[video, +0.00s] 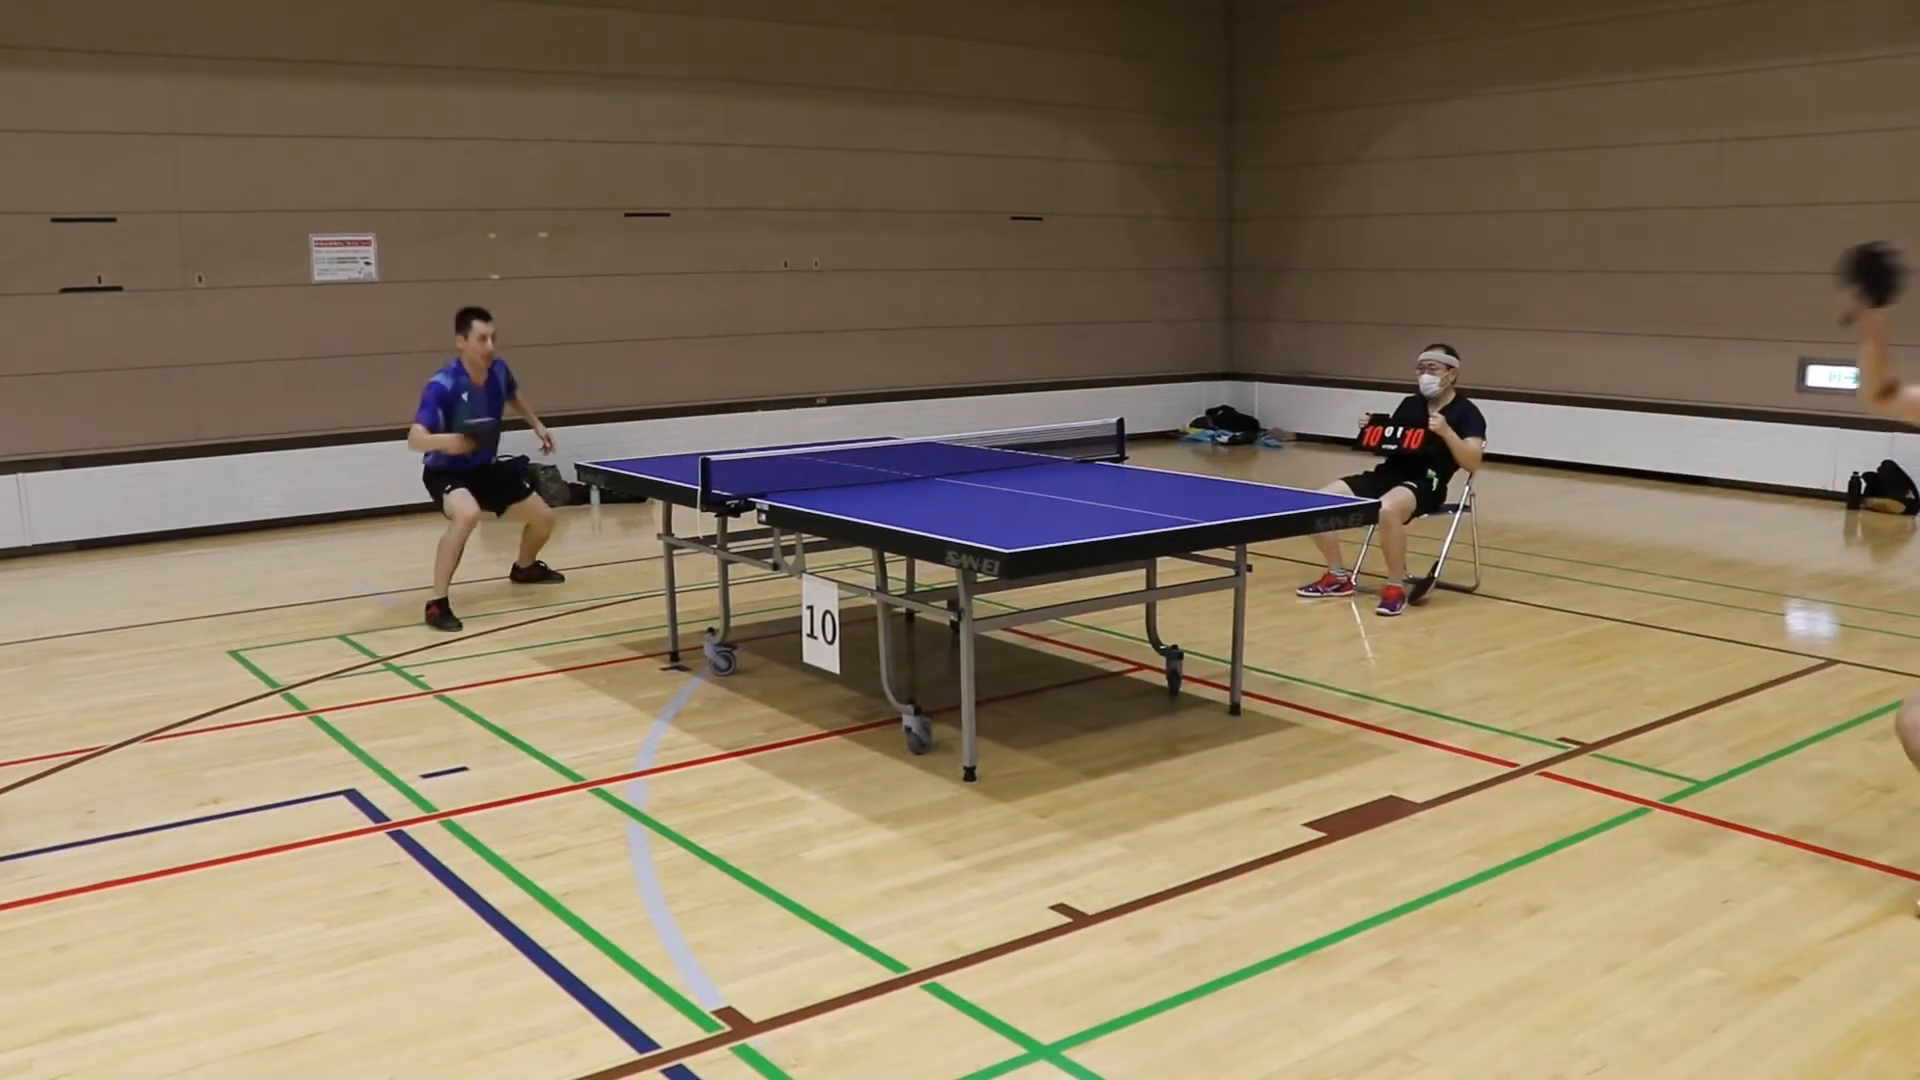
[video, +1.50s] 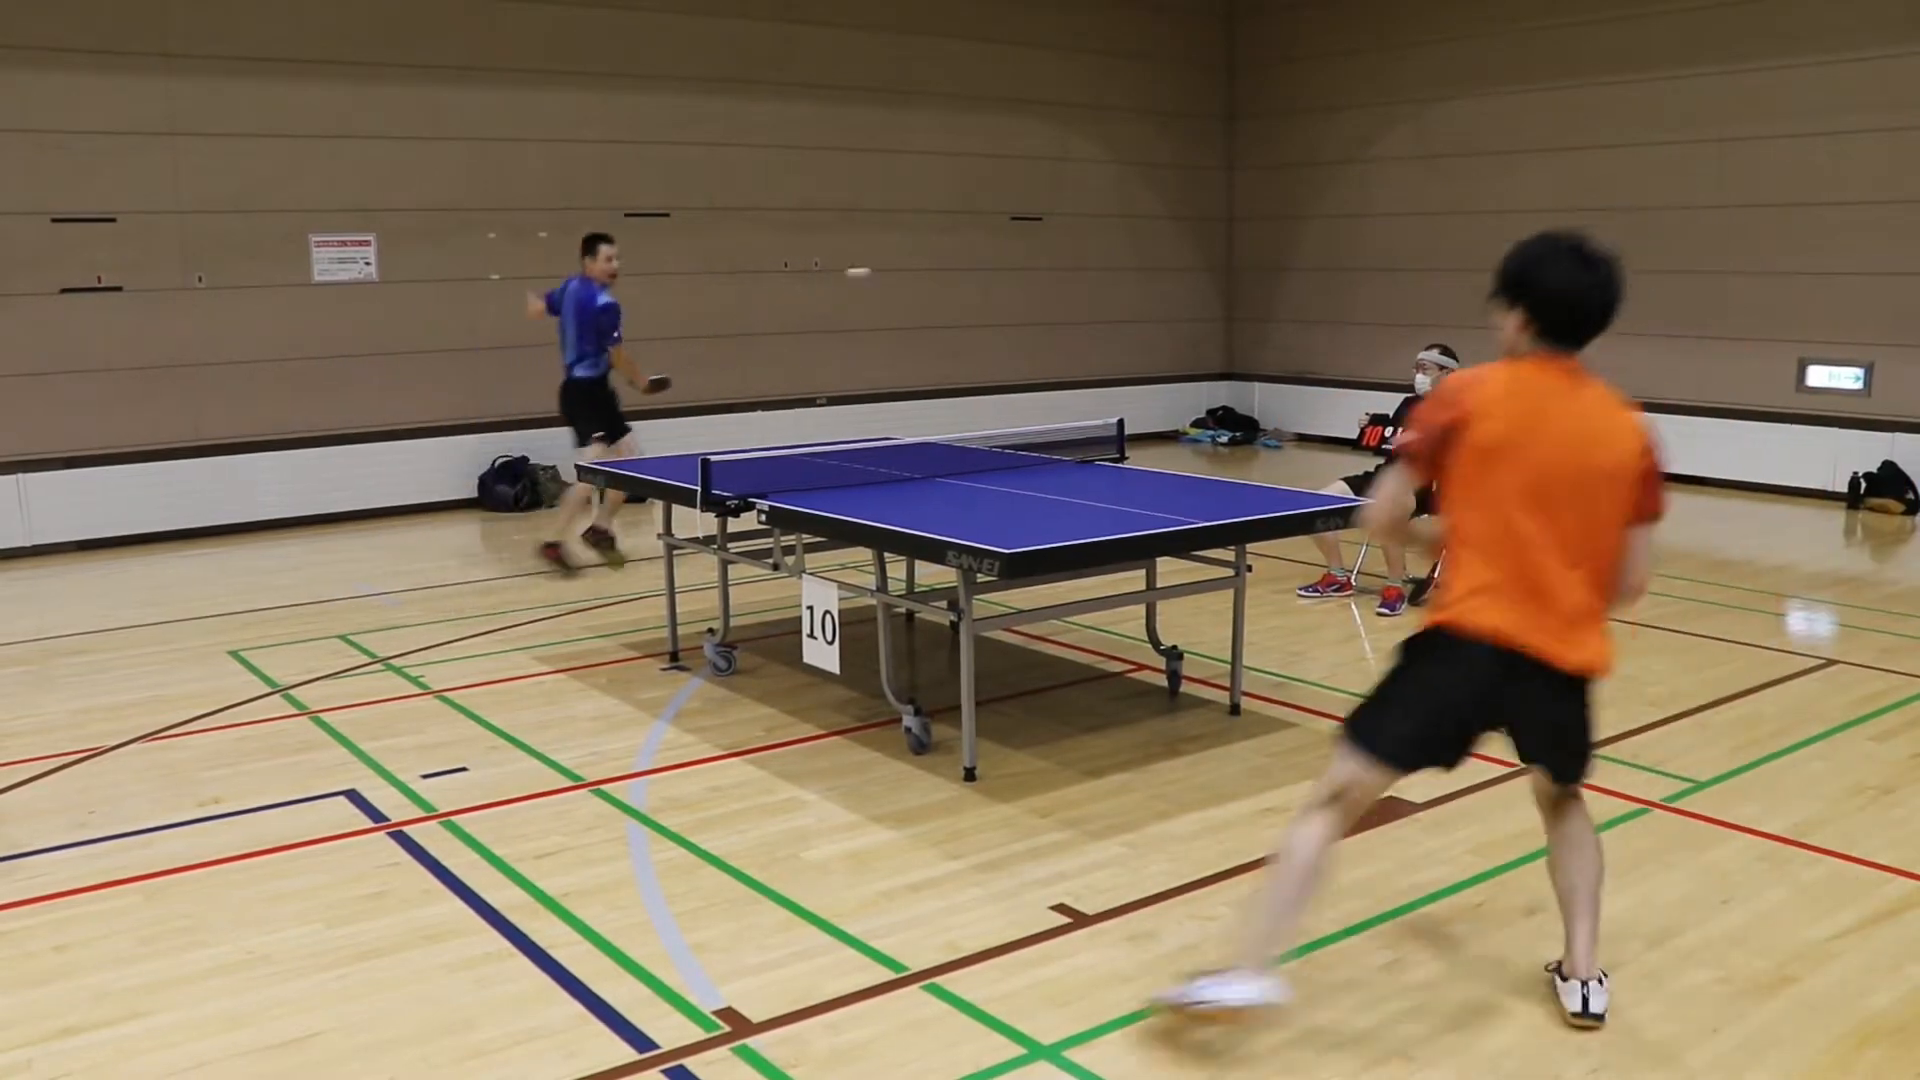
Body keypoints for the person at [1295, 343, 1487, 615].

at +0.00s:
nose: (1425, 374)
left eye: (1433, 369)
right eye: (1421, 369)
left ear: (1452, 375)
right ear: (1416, 373)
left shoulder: (1467, 413)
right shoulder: (1411, 404)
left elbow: (1472, 462)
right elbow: (1394, 438)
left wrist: (1447, 433)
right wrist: (1373, 425)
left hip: (1426, 482)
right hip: (1390, 473)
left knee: (1388, 510)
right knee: (1319, 502)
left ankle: (1395, 587)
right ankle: (1337, 576)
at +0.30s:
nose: (1419, 376)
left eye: (1426, 370)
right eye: (1417, 369)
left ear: (1447, 376)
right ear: (1414, 372)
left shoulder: (1466, 413)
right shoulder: (1411, 404)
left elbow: (1472, 462)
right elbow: (1393, 439)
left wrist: (1447, 433)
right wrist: (1373, 426)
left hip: (1426, 482)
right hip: (1390, 474)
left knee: (1388, 510)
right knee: (1318, 503)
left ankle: (1394, 588)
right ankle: (1337, 576)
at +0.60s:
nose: (1430, 375)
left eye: (1438, 369)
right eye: (1425, 369)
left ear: (1454, 375)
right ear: (1418, 374)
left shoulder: (1467, 413)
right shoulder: (1411, 404)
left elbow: (1472, 462)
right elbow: (1394, 438)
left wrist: (1447, 433)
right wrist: (1373, 426)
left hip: (1426, 482)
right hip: (1390, 474)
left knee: (1388, 510)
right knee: (1319, 503)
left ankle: (1394, 587)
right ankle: (1337, 576)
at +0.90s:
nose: (1435, 376)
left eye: (1443, 370)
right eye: (1428, 370)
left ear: (1456, 375)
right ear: (1421, 375)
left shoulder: (1467, 413)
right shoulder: (1411, 404)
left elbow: (1472, 462)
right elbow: (1393, 439)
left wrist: (1447, 433)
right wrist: (1373, 426)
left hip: (1427, 481)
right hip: (1390, 473)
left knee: (1388, 510)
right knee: (1318, 503)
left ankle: (1395, 587)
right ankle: (1337, 576)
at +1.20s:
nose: (1421, 375)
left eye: (1429, 370)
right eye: (1419, 369)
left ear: (1449, 376)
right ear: (1415, 373)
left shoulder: (1466, 413)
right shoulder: (1411, 404)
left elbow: (1472, 463)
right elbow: (1395, 439)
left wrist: (1447, 433)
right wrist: (1374, 426)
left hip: (1426, 482)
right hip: (1390, 474)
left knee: (1388, 510)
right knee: (1318, 503)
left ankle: (1395, 588)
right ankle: (1337, 576)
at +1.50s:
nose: (1419, 374)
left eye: (1427, 369)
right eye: (1417, 368)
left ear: (1447, 374)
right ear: (1414, 371)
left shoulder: (1453, 409)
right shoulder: (1409, 404)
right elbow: (1393, 439)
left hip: (1429, 484)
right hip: (1392, 474)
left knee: (1387, 511)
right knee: (1318, 503)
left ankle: (1396, 586)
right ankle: (1338, 576)